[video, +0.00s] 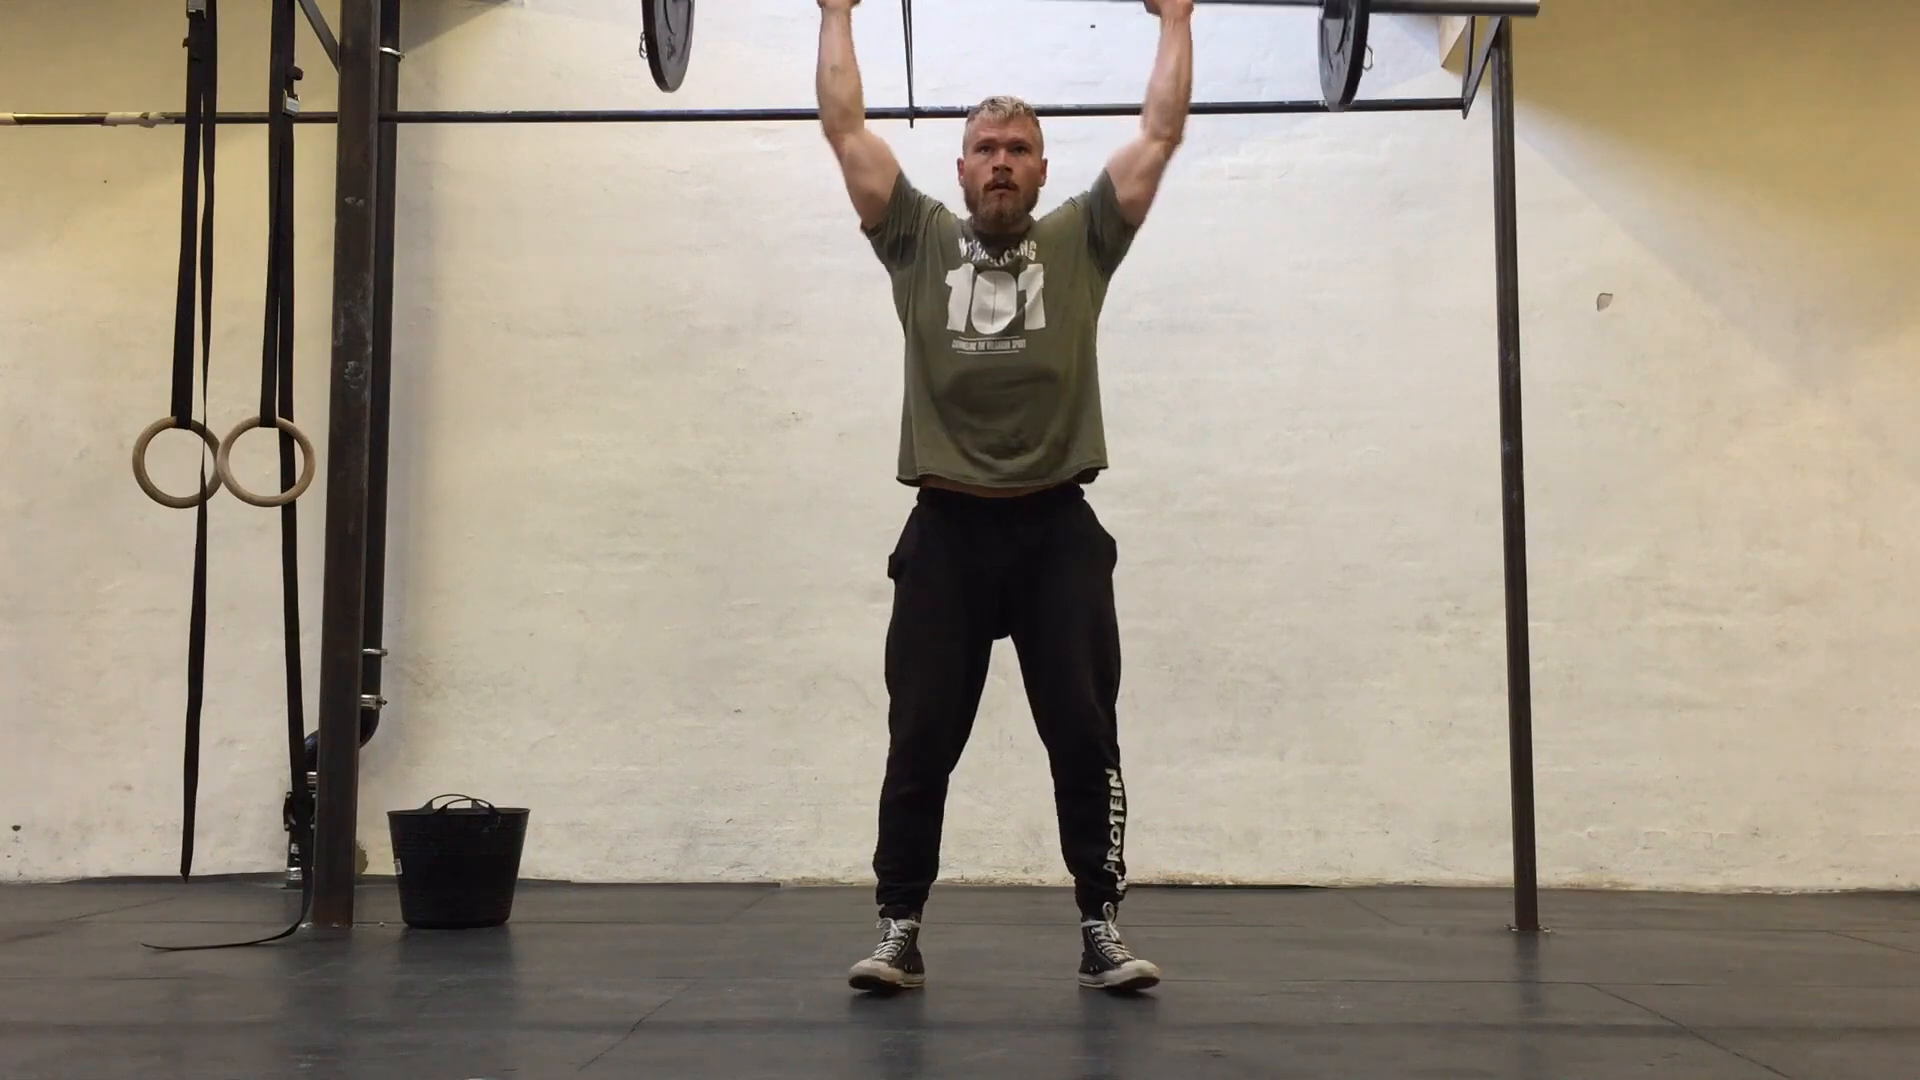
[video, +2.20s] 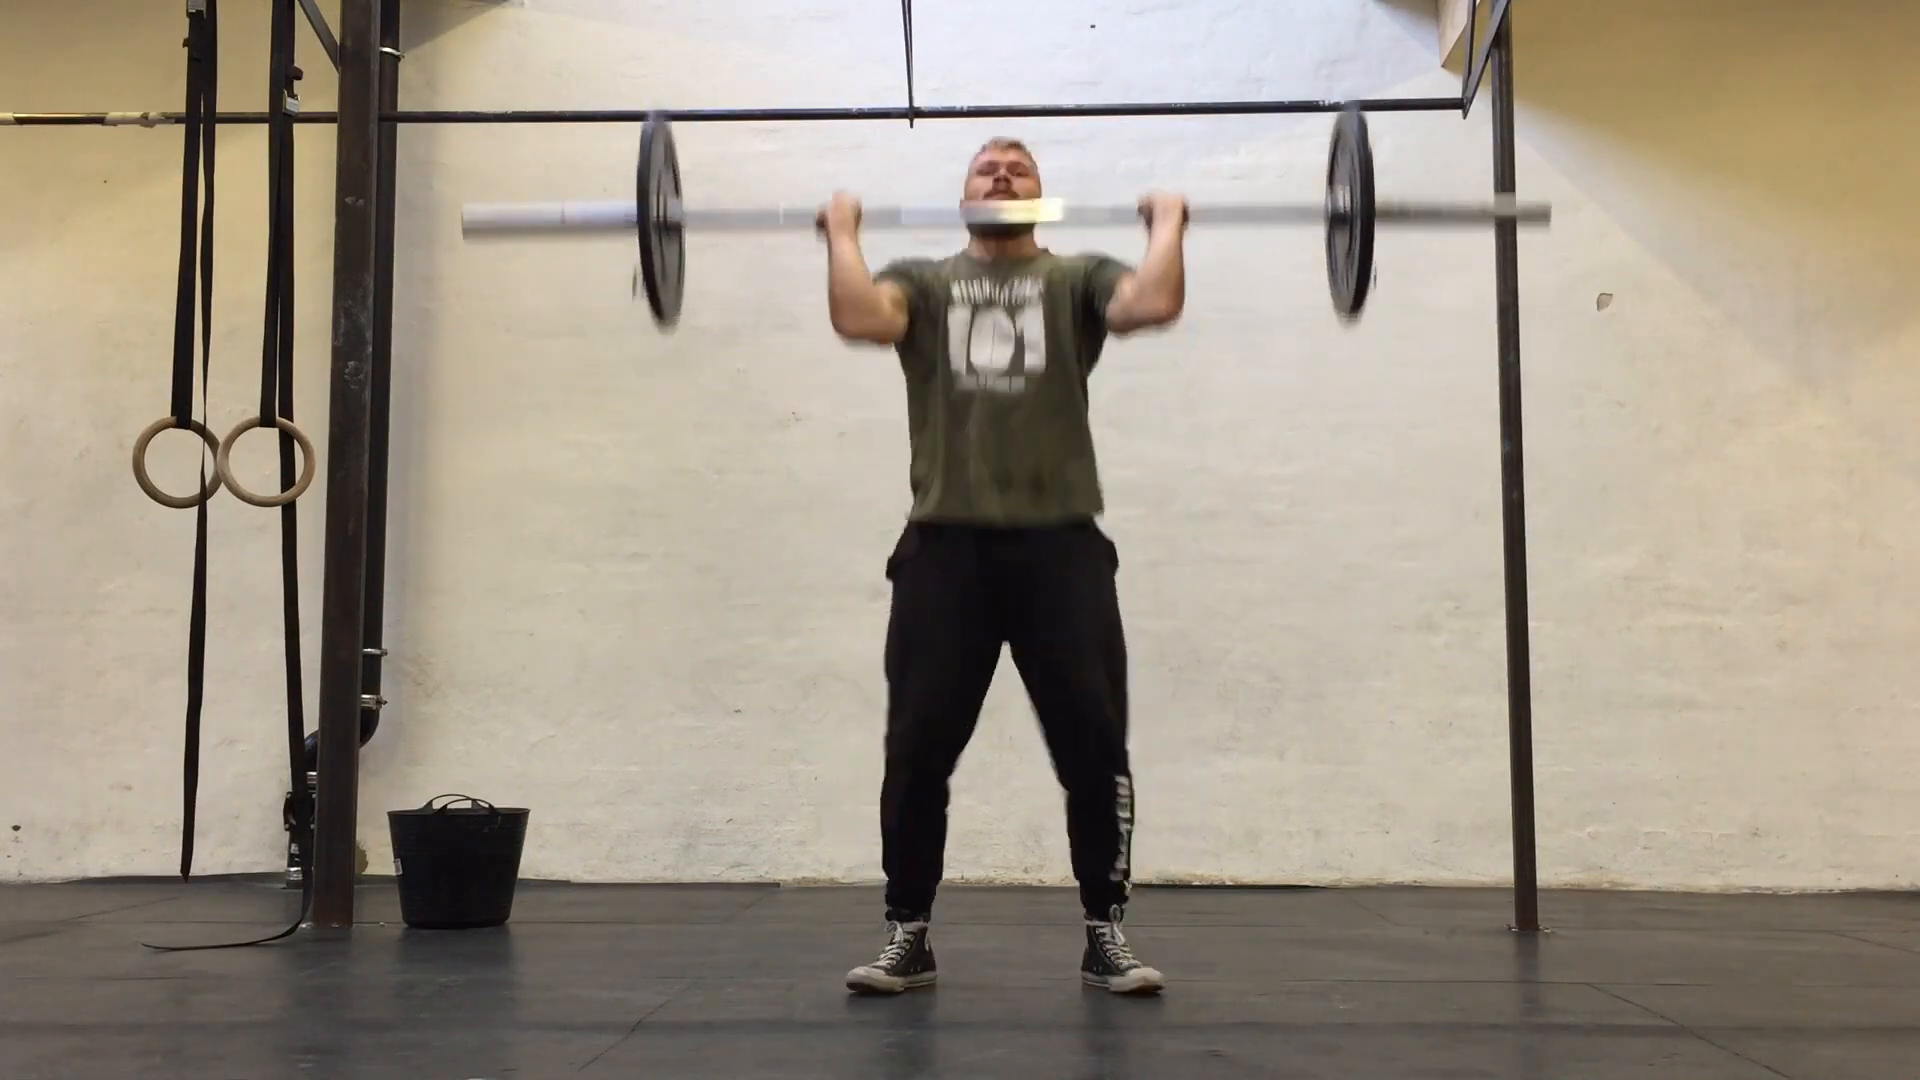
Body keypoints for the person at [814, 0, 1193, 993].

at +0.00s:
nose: (1002, 162)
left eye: (1019, 150)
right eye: (985, 150)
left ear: (1043, 170)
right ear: (961, 167)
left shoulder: (1080, 244)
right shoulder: (920, 243)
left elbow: (1157, 138)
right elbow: (846, 128)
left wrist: (1176, 21)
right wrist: (836, 12)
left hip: (1058, 535)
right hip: (946, 536)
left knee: (1084, 736)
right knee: (920, 739)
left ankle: (1102, 934)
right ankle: (898, 934)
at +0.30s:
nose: (998, 176)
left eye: (1015, 170)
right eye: (983, 170)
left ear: (1039, 199)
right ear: (961, 200)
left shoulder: (1084, 283)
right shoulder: (919, 283)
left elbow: (1207, 288)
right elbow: (801, 279)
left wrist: (1189, 178)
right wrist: (831, 172)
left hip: (1064, 541)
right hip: (949, 543)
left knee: (1095, 738)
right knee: (917, 745)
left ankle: (1102, 938)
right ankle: (900, 938)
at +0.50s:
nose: (1005, 159)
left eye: (1021, 150)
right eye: (988, 149)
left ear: (1045, 178)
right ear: (964, 179)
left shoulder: (1088, 263)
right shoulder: (921, 258)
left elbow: (1202, 293)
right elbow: (798, 274)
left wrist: (1188, 303)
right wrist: (834, 286)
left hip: (1067, 527)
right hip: (953, 527)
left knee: (1098, 729)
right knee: (925, 730)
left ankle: (1111, 928)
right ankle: (901, 930)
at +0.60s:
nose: (1009, 156)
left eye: (1025, 146)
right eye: (993, 145)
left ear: (1048, 173)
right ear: (966, 172)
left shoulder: (1090, 262)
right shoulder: (924, 263)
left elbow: (1194, 332)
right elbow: (820, 332)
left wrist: (1183, 416)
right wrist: (839, 406)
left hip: (1068, 526)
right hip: (957, 526)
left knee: (1099, 724)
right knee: (927, 723)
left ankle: (1110, 927)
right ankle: (902, 929)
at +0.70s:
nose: (1007, 174)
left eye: (1023, 164)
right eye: (991, 163)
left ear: (1048, 194)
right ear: (964, 193)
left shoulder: (1096, 298)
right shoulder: (918, 301)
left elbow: (1170, 402)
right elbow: (844, 403)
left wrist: (1179, 524)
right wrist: (843, 514)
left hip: (1074, 567)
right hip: (951, 568)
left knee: (1110, 750)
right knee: (918, 752)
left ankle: (1106, 936)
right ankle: (904, 938)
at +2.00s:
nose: (1004, 279)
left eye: (1021, 271)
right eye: (988, 270)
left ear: (1044, 303)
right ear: (963, 301)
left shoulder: (1089, 392)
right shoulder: (924, 396)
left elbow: (1167, 442)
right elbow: (857, 436)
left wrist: (1166, 359)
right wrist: (843, 362)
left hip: (1066, 649)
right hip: (944, 648)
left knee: (1168, 776)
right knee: (857, 779)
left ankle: (1107, 943)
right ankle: (908, 945)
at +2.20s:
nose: (1002, 173)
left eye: (1018, 168)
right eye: (986, 168)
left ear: (1041, 200)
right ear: (962, 201)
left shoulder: (1075, 279)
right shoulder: (924, 283)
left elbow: (1155, 303)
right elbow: (857, 318)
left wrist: (1169, 219)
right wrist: (841, 234)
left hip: (1060, 552)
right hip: (945, 552)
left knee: (1095, 747)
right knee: (916, 748)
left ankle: (1107, 938)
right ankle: (905, 938)